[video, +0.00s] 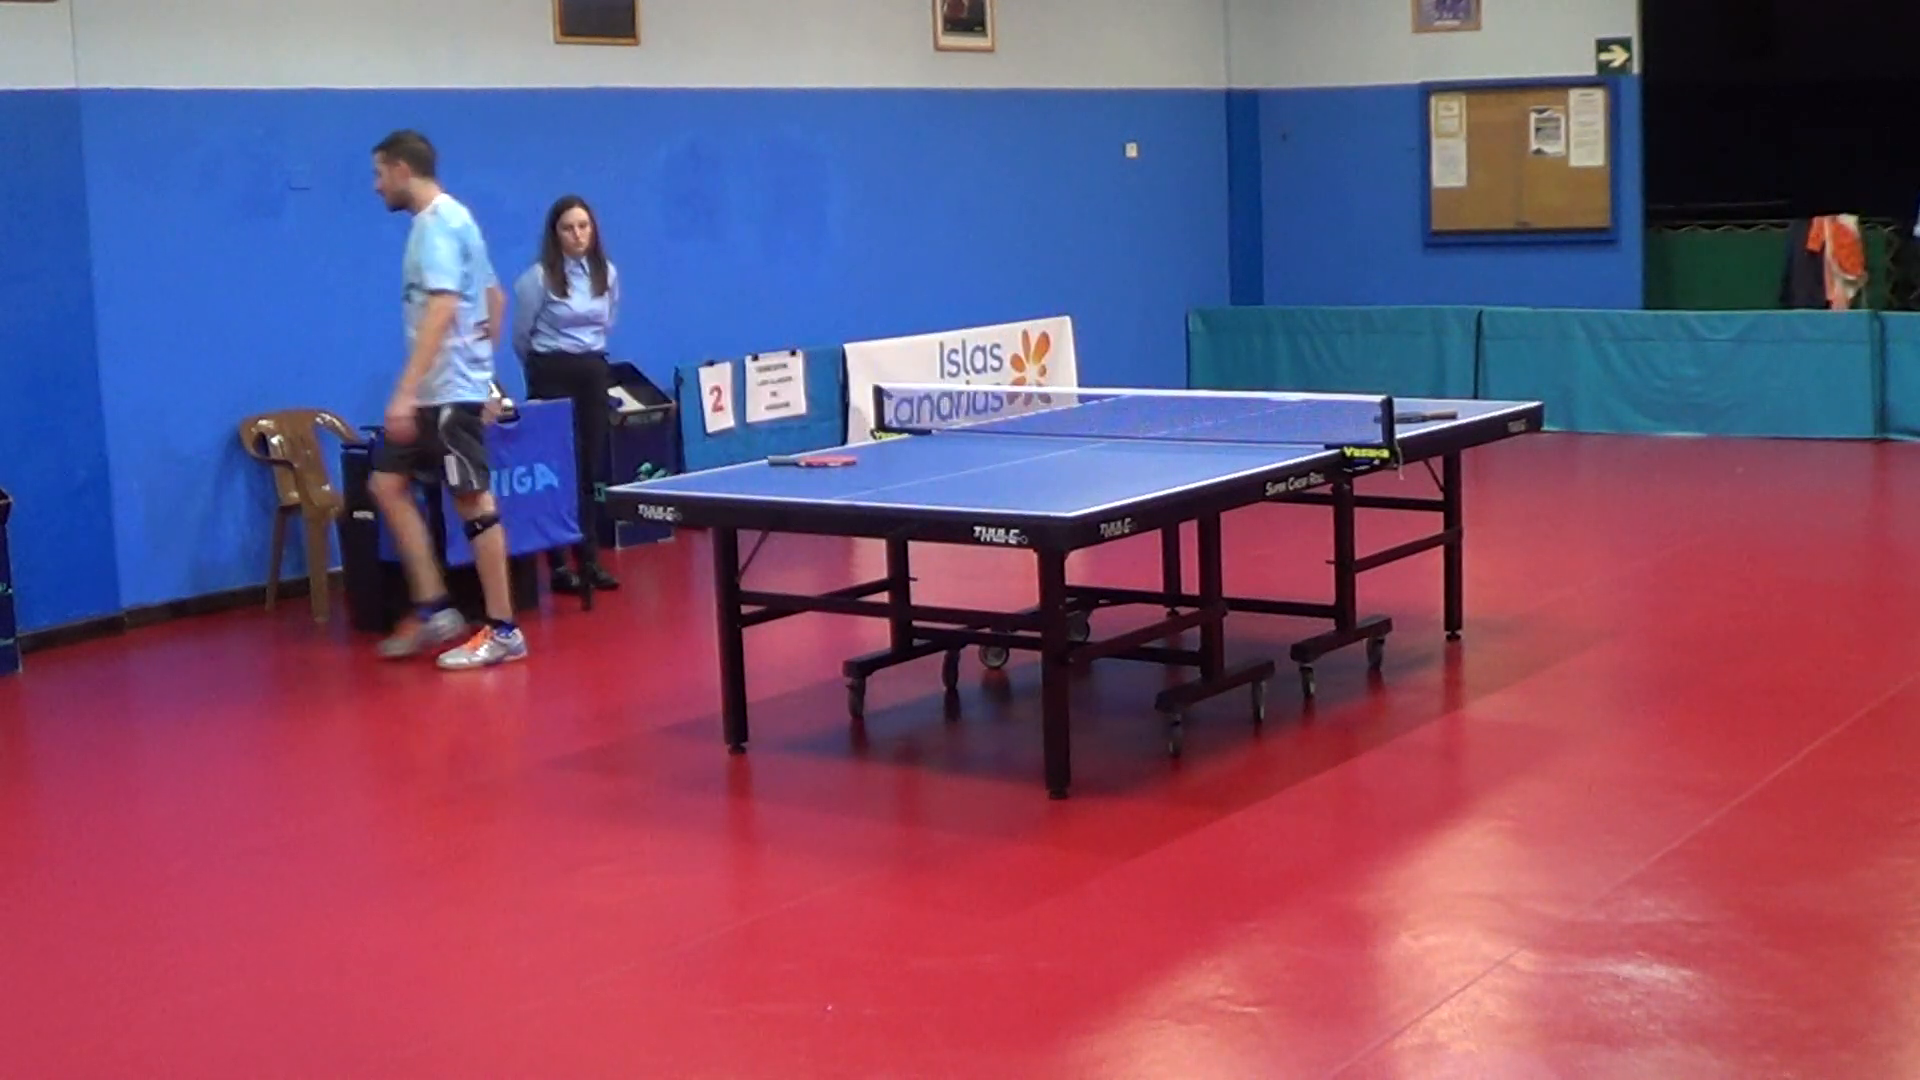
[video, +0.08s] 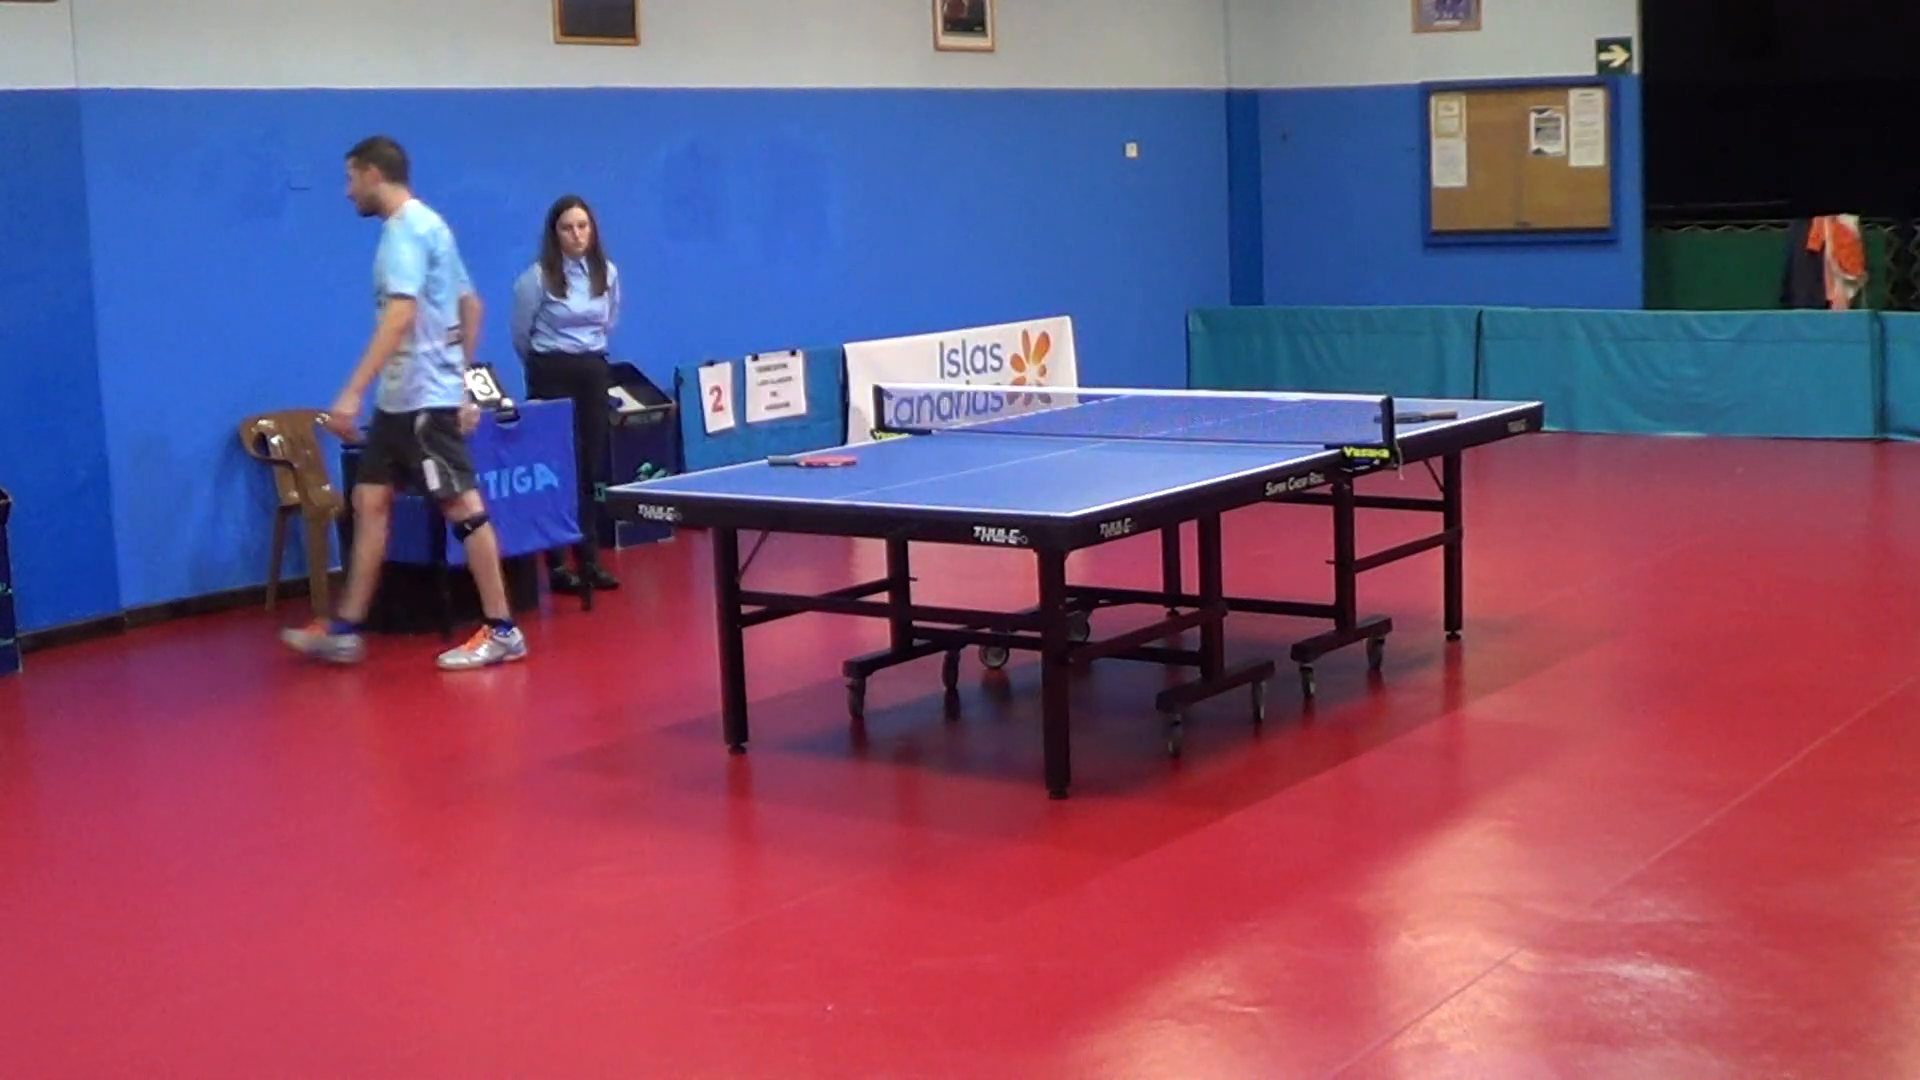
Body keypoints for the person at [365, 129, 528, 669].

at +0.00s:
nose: (376, 183)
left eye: (381, 172)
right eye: (376, 173)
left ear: (404, 171)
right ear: (415, 170)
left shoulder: (437, 224)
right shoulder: (455, 218)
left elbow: (442, 310)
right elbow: (494, 298)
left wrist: (405, 392)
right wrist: (479, 368)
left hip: (454, 393)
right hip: (431, 393)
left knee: (475, 504)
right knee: (387, 486)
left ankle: (503, 628)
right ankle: (435, 611)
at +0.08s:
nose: (348, 189)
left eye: (352, 177)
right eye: (348, 178)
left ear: (374, 175)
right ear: (385, 175)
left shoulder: (405, 229)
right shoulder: (427, 224)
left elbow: (399, 318)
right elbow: (469, 306)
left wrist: (351, 394)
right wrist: (460, 381)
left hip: (428, 399)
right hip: (398, 401)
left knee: (464, 507)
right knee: (370, 499)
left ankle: (502, 628)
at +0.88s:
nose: (55, 229)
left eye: (55, 218)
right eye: (53, 219)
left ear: (74, 213)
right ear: (96, 209)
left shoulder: (89, 270)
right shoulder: (154, 251)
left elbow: (83, 364)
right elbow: (205, 320)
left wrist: (51, 424)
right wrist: (182, 374)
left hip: (124, 424)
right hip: (181, 414)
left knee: (81, 528)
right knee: (209, 517)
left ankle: (57, 652)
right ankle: (271, 636)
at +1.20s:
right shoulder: (49, 240)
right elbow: (129, 274)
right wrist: (167, 341)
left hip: (64, 409)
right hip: (123, 388)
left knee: (49, 524)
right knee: (131, 495)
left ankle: (54, 651)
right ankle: (190, 614)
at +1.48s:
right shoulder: (20, 241)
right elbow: (101, 258)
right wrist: (148, 315)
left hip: (55, 403)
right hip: (109, 377)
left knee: (52, 525)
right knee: (107, 500)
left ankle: (54, 651)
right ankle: (125, 626)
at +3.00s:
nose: (384, 172)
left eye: (384, 162)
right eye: (371, 164)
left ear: (380, 169)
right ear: (339, 173)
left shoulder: (392, 229)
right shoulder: (307, 237)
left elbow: (413, 301)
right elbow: (282, 329)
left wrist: (421, 341)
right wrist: (371, 347)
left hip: (390, 401)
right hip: (337, 403)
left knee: (372, 522)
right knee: (365, 520)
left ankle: (360, 641)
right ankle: (376, 652)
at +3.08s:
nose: (397, 175)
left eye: (398, 166)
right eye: (385, 168)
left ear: (394, 172)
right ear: (352, 177)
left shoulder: (404, 233)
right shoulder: (322, 242)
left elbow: (425, 305)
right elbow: (300, 335)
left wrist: (436, 341)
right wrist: (391, 350)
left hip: (404, 404)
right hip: (354, 408)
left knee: (368, 525)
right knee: (393, 523)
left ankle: (358, 643)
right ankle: (428, 653)